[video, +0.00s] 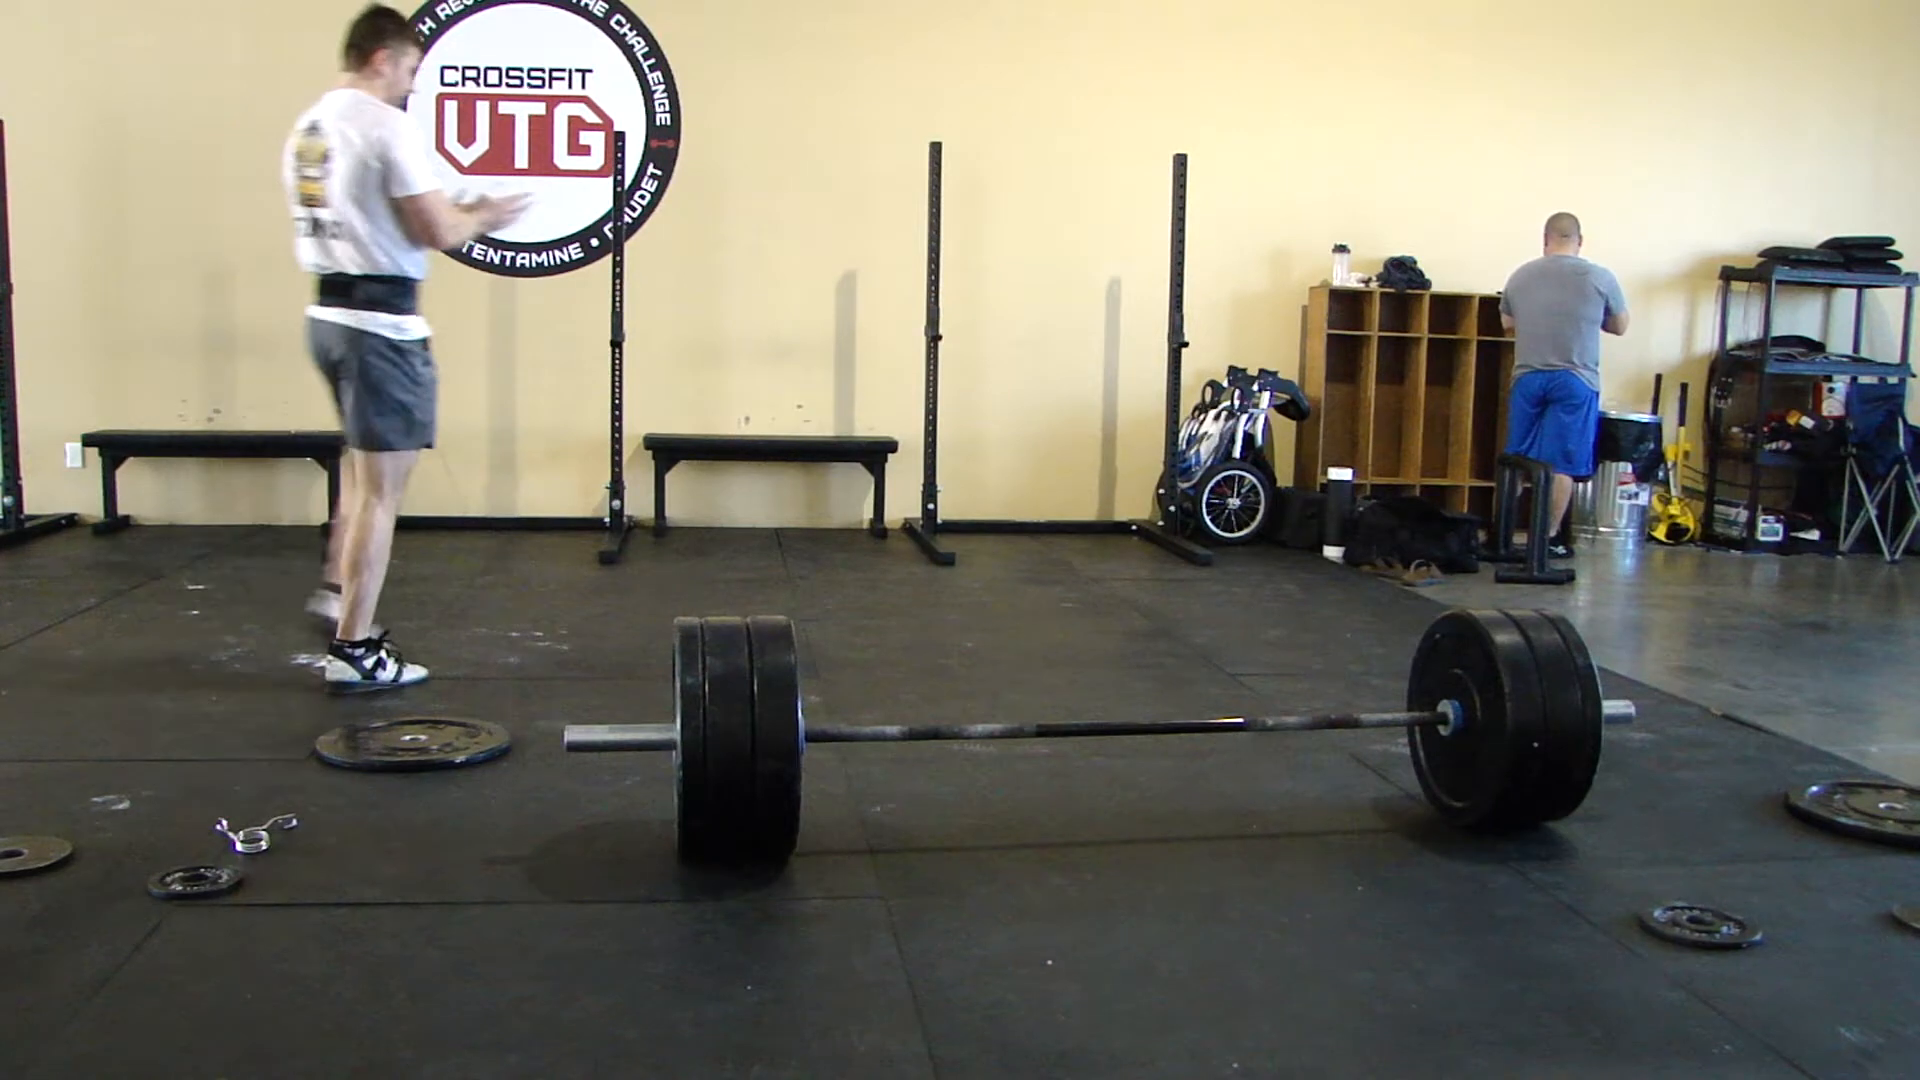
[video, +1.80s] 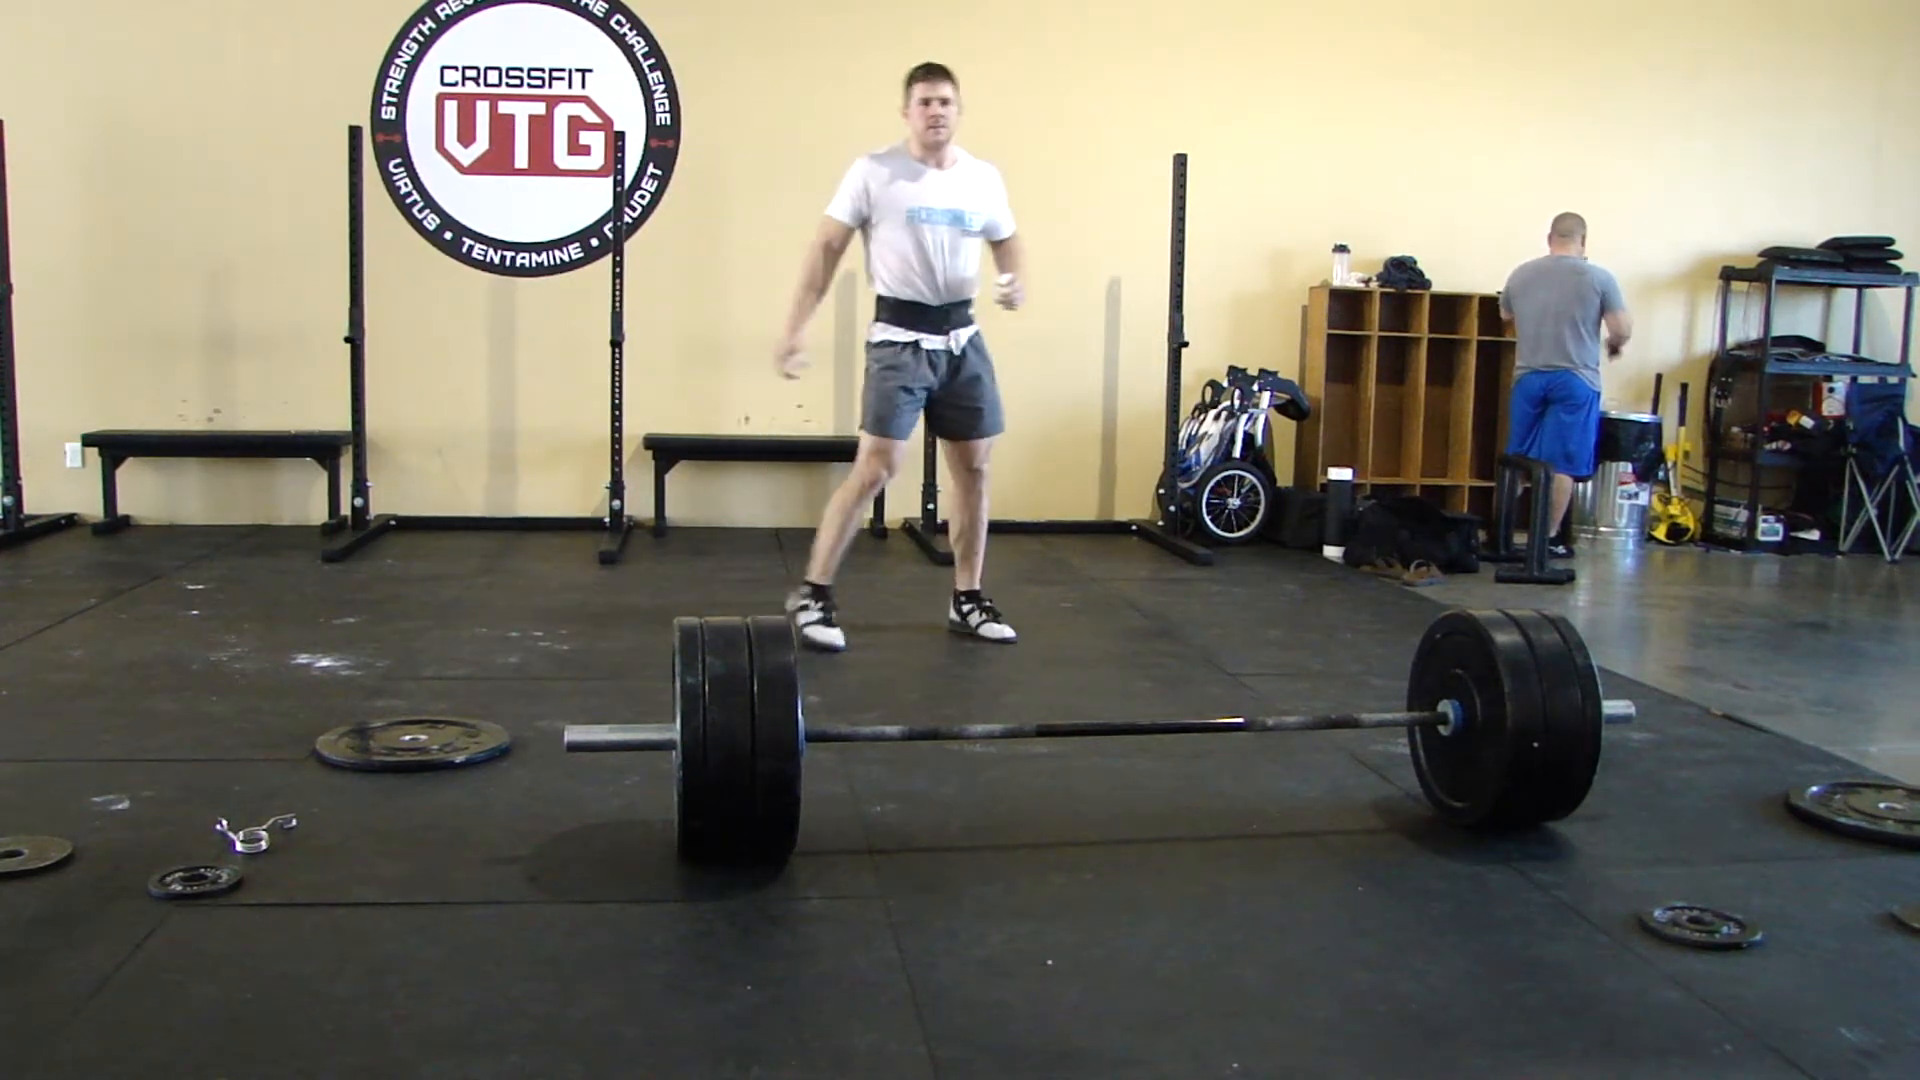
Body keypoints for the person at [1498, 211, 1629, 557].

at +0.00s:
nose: (1564, 245)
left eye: (1549, 238)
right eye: (1577, 240)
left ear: (1545, 239)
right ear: (1580, 241)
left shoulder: (1520, 275)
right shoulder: (1598, 276)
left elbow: (1509, 324)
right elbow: (1619, 326)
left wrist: (1543, 315)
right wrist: (1582, 313)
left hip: (1527, 378)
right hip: (1575, 379)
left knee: (1516, 460)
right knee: (1562, 466)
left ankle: (1502, 536)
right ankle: (1546, 540)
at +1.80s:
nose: (1582, 247)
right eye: (1584, 242)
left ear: (1549, 239)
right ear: (1583, 241)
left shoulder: (1521, 274)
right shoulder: (1597, 276)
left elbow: (1507, 316)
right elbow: (1621, 328)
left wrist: (1536, 316)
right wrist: (1615, 344)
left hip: (1528, 378)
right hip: (1576, 380)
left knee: (1516, 460)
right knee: (1562, 466)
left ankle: (1501, 535)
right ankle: (1547, 540)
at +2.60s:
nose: (1584, 244)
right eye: (1585, 239)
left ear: (1550, 239)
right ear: (1586, 240)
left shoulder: (1524, 271)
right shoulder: (1600, 277)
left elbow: (1512, 289)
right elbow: (1616, 332)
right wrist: (1628, 376)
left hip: (1530, 379)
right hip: (1577, 382)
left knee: (1519, 461)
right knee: (1565, 465)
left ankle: (1502, 534)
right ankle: (1548, 538)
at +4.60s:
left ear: (1549, 240)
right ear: (1586, 242)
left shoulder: (1529, 270)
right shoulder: (1602, 278)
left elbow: (1518, 254)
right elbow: (1617, 332)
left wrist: (1548, 232)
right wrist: (1629, 376)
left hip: (1531, 378)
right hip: (1579, 381)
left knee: (1519, 460)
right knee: (1565, 465)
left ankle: (1499, 532)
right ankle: (1548, 539)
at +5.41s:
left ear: (1551, 241)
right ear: (1588, 242)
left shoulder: (1532, 270)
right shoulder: (1603, 278)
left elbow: (1519, 253)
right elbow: (1619, 331)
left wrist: (1551, 229)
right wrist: (1631, 375)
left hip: (1532, 378)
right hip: (1579, 381)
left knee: (1519, 459)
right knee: (1565, 465)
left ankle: (1499, 530)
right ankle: (1548, 538)